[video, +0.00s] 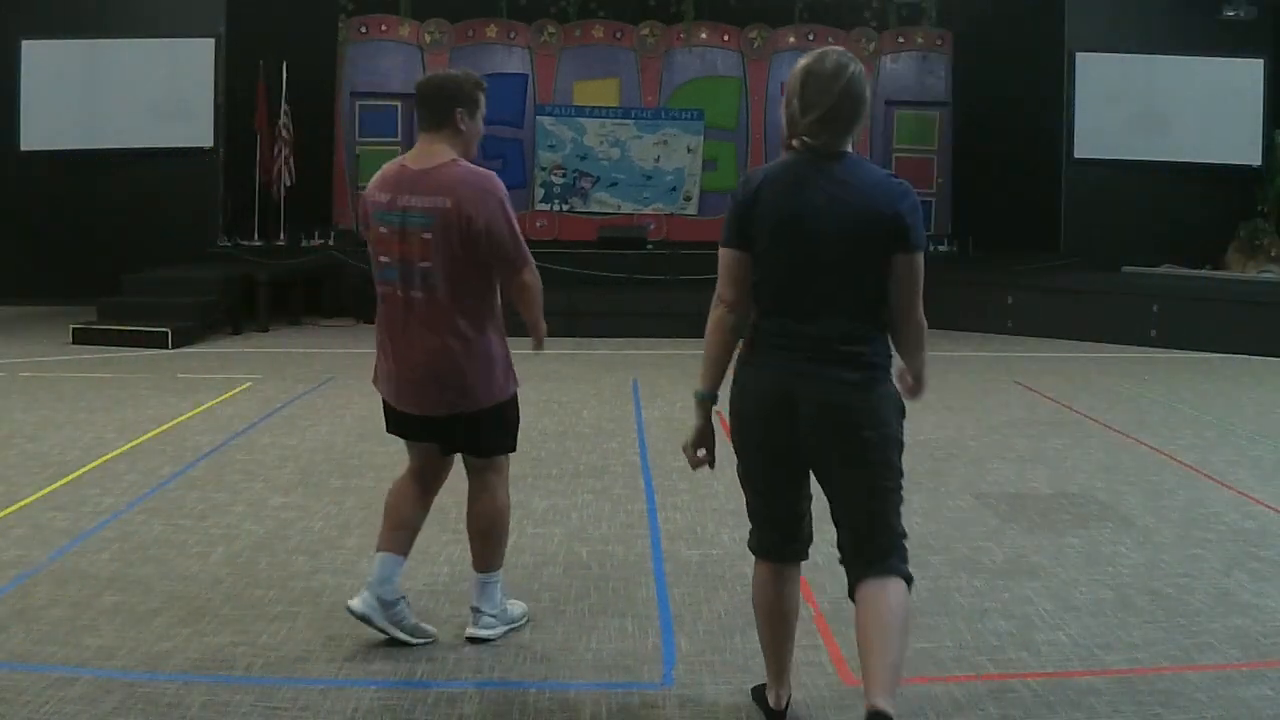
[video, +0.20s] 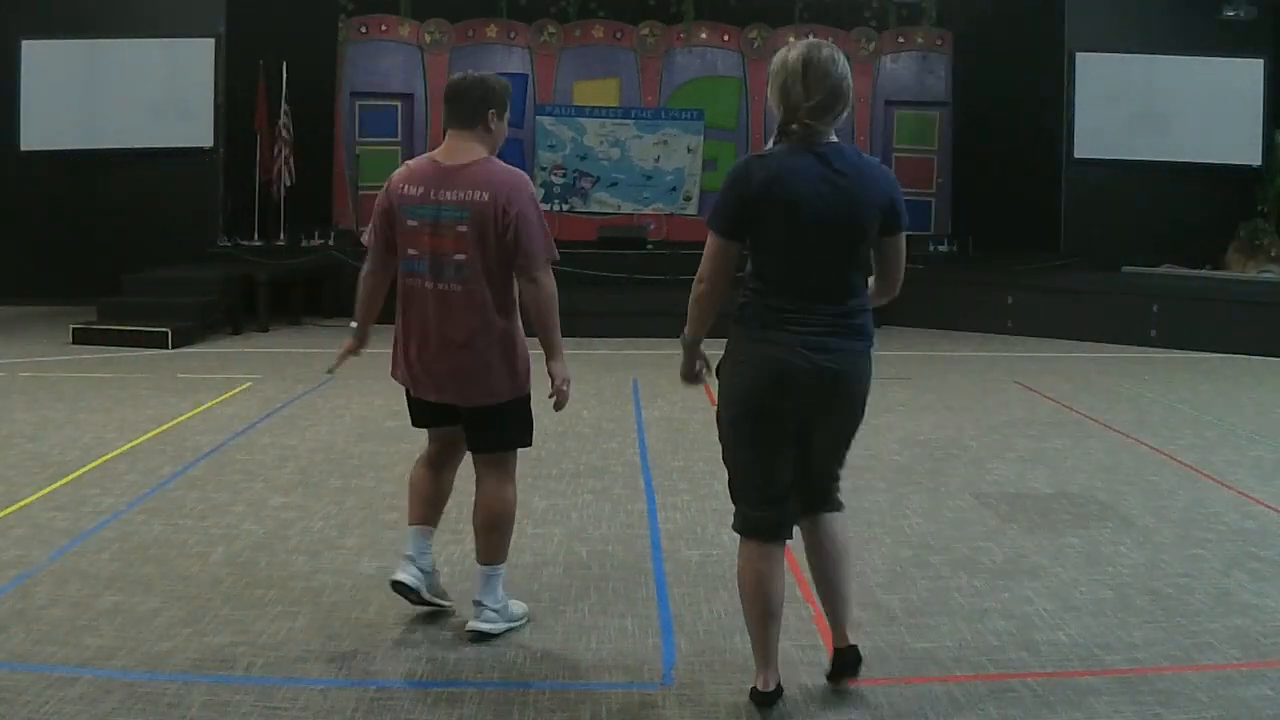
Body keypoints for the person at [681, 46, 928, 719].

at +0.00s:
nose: (782, 107)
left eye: (786, 99)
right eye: (791, 98)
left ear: (793, 111)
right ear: (860, 116)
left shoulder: (757, 194)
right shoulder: (892, 198)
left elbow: (730, 306)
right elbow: (907, 311)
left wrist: (704, 400)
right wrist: (914, 367)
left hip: (765, 398)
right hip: (857, 402)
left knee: (776, 546)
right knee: (877, 555)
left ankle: (777, 692)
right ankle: (880, 703)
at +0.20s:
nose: (768, 98)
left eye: (771, 90)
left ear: (778, 100)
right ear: (845, 103)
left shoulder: (753, 176)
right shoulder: (875, 179)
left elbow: (713, 281)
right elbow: (888, 283)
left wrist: (691, 345)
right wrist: (844, 301)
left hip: (761, 366)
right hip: (843, 367)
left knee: (761, 523)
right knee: (821, 497)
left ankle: (767, 677)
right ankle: (844, 642)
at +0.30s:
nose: (763, 96)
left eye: (770, 88)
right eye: (767, 86)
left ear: (786, 103)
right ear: (837, 105)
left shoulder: (771, 176)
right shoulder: (863, 179)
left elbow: (723, 271)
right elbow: (873, 278)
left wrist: (702, 308)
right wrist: (822, 301)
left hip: (772, 354)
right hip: (839, 354)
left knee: (762, 514)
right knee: (800, 487)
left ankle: (771, 676)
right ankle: (821, 606)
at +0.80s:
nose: (789, 118)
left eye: (801, 111)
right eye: (781, 110)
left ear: (822, 123)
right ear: (769, 121)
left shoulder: (851, 190)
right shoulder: (754, 195)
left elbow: (884, 272)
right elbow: (732, 275)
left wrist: (906, 352)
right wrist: (706, 348)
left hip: (845, 356)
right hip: (776, 356)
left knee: (835, 484)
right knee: (789, 485)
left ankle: (859, 577)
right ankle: (800, 598)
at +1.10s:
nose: (819, 125)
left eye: (828, 116)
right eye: (808, 118)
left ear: (845, 126)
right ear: (793, 132)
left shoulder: (880, 189)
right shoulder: (775, 199)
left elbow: (935, 253)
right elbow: (735, 272)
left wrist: (987, 318)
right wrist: (696, 342)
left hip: (865, 355)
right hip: (797, 357)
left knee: (862, 468)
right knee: (802, 478)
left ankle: (858, 563)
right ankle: (803, 597)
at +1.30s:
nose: (841, 128)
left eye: (850, 119)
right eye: (831, 121)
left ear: (867, 129)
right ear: (818, 133)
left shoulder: (895, 191)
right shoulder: (797, 197)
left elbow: (938, 260)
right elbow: (751, 268)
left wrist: (978, 325)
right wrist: (703, 335)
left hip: (881, 351)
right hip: (816, 353)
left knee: (870, 466)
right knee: (819, 470)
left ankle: (860, 565)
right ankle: (809, 594)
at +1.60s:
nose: (855, 144)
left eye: (865, 136)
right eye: (848, 136)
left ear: (881, 142)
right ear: (836, 140)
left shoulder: (907, 188)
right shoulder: (818, 190)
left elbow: (973, 192)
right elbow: (765, 203)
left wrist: (1040, 190)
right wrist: (711, 204)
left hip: (899, 351)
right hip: (838, 352)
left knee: (880, 467)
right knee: (835, 472)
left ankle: (857, 567)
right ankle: (813, 592)